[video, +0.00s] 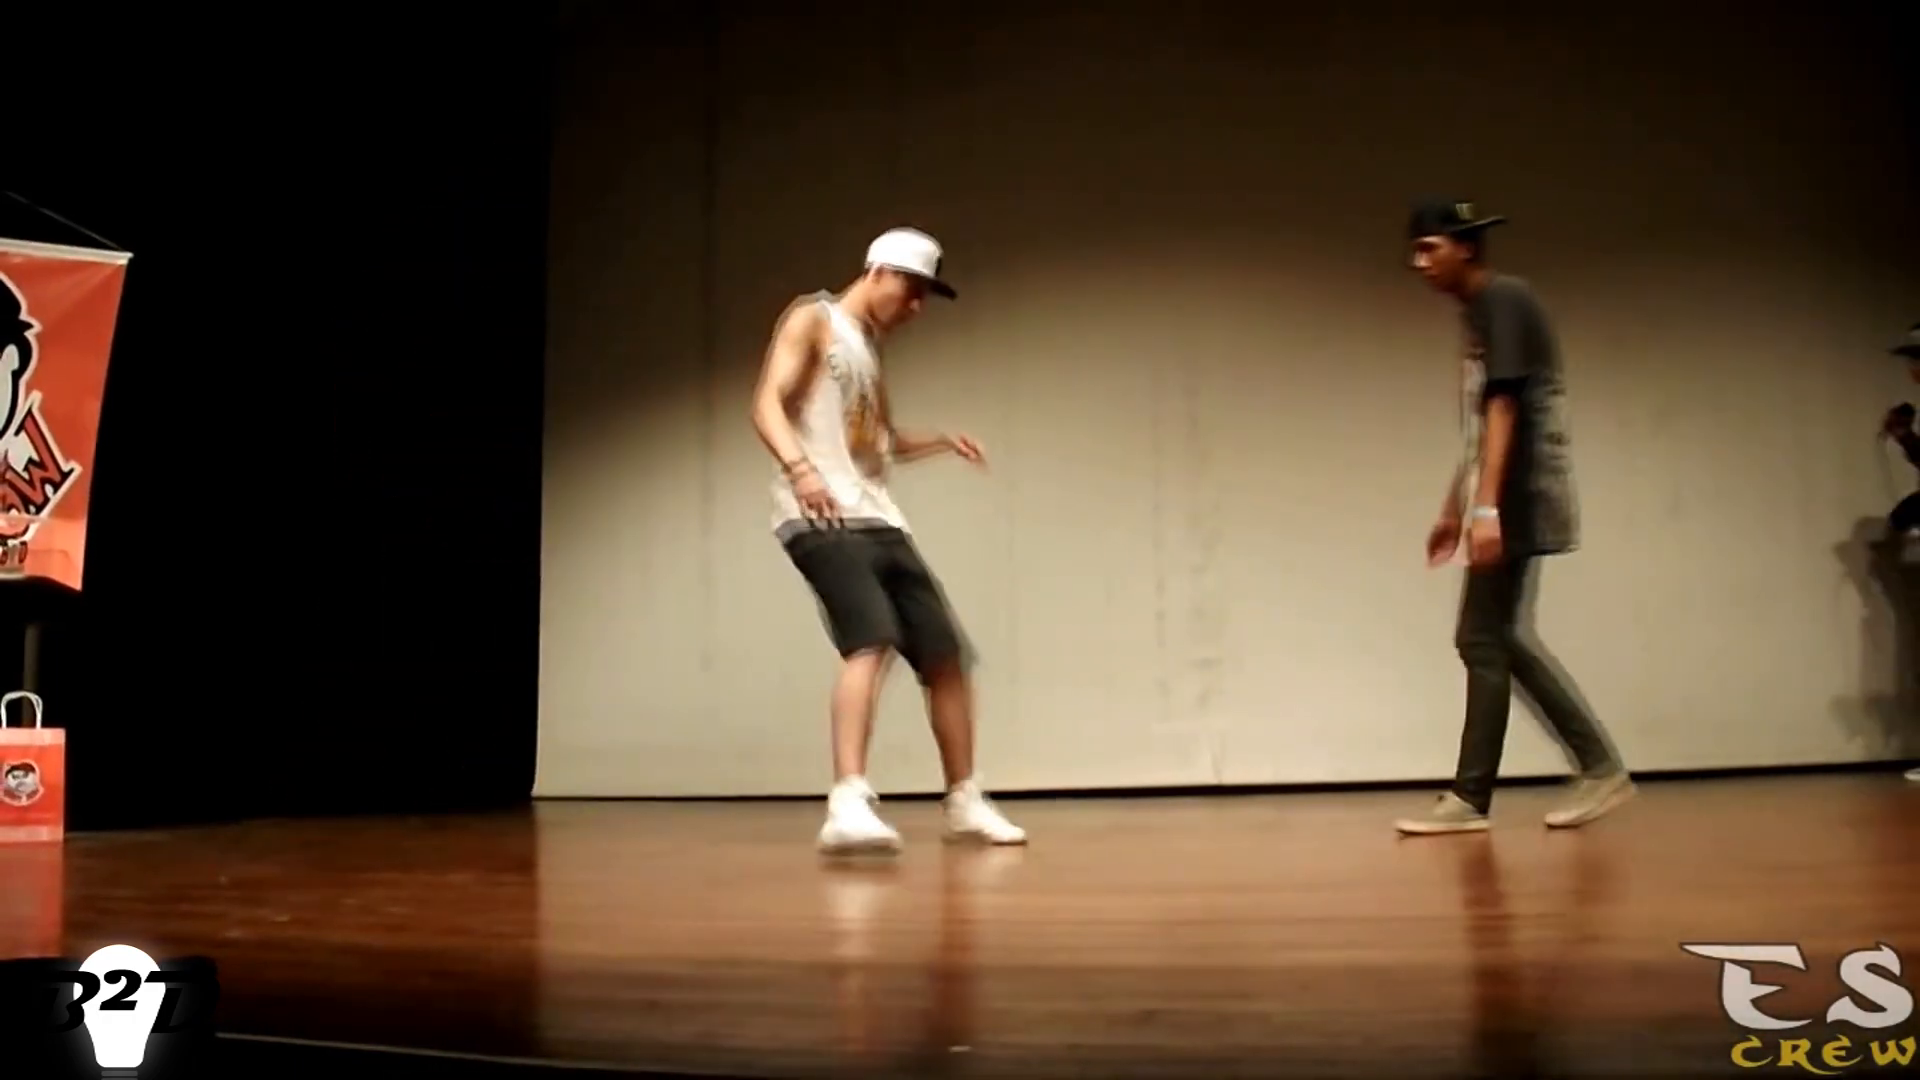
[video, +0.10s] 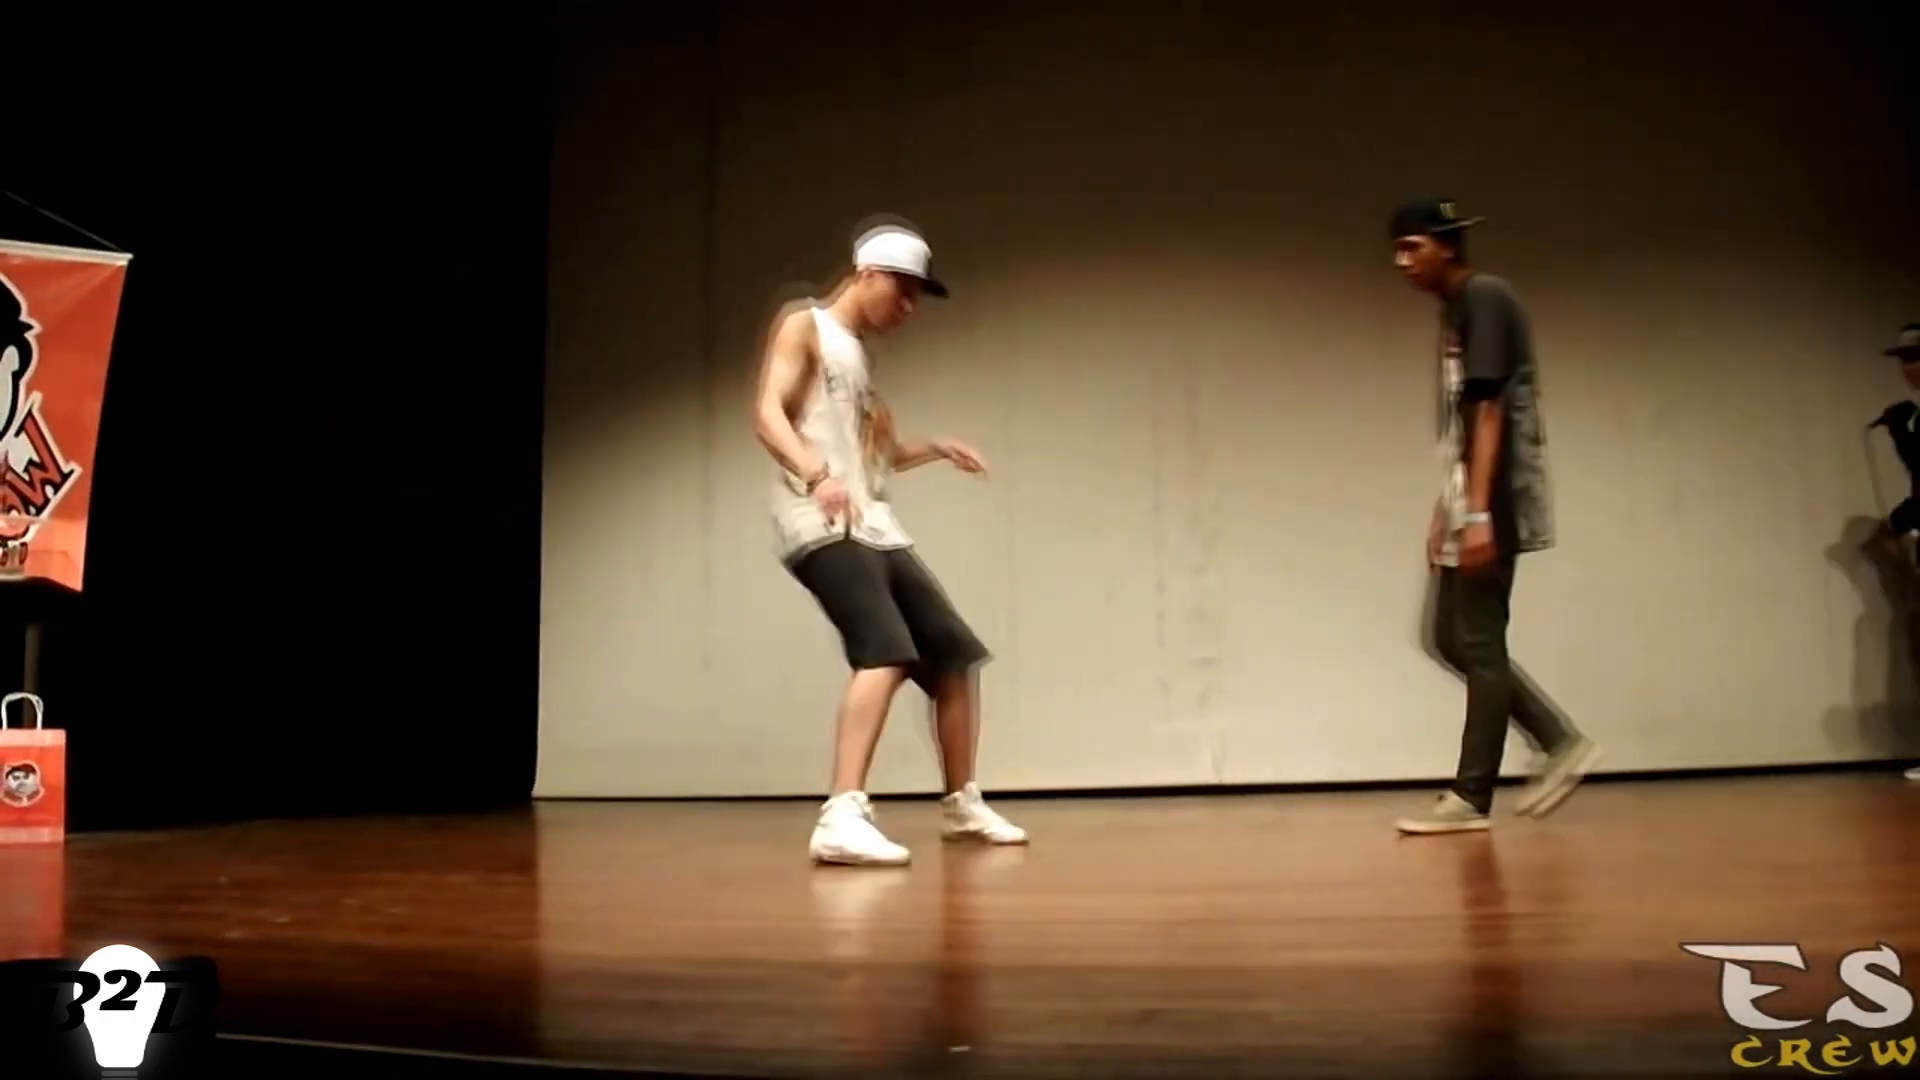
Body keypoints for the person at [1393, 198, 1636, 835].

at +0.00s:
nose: (1421, 263)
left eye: (1430, 248)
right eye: (1417, 252)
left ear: (1466, 247)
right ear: (1438, 256)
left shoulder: (1503, 302)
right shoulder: (1479, 311)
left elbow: (1503, 410)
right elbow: (1483, 423)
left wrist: (1486, 508)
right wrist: (1455, 510)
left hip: (1518, 504)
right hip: (1509, 506)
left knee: (1483, 641)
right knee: (1505, 638)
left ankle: (1469, 799)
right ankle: (1603, 771)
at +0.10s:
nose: (1403, 264)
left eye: (1412, 250)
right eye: (1399, 253)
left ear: (1447, 246)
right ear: (1418, 255)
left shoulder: (1484, 300)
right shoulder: (1456, 310)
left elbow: (1489, 411)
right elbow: (1463, 424)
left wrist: (1478, 512)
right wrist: (1445, 512)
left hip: (1492, 506)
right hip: (1468, 507)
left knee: (1481, 644)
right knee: (1448, 637)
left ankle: (1471, 797)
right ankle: (1562, 743)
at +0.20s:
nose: (1390, 257)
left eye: (1400, 244)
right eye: (1386, 247)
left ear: (1435, 244)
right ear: (1396, 254)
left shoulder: (1475, 298)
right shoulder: (1441, 311)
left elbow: (1485, 409)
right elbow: (1446, 429)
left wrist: (1467, 512)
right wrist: (1428, 518)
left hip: (1483, 511)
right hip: (1452, 513)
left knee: (1477, 646)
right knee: (1420, 632)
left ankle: (1471, 797)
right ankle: (1514, 747)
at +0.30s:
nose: (1381, 253)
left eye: (1390, 239)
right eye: (1375, 243)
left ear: (1426, 240)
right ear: (1380, 252)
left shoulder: (1465, 295)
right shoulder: (1419, 315)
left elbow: (1480, 403)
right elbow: (1424, 425)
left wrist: (1455, 505)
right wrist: (1406, 513)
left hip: (1473, 510)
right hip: (1435, 513)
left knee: (1469, 644)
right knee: (1413, 635)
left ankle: (1472, 796)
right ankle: (1469, 768)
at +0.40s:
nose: (1370, 249)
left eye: (1381, 234)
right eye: (1364, 239)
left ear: (1414, 237)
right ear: (1366, 251)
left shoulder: (1454, 294)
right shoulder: (1394, 318)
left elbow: (1470, 400)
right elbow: (1397, 425)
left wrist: (1446, 499)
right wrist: (1382, 512)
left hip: (1461, 503)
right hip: (1416, 508)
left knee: (1462, 644)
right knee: (1410, 644)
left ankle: (1472, 794)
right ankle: (1399, 787)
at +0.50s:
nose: (1359, 247)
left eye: (1370, 233)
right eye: (1352, 238)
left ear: (1402, 237)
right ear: (1352, 248)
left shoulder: (1441, 293)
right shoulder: (1372, 321)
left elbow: (1464, 393)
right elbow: (1375, 425)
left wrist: (1441, 491)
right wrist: (1359, 519)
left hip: (1451, 502)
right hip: (1398, 506)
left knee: (1451, 641)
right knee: (1391, 641)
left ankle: (1471, 794)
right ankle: (1375, 790)